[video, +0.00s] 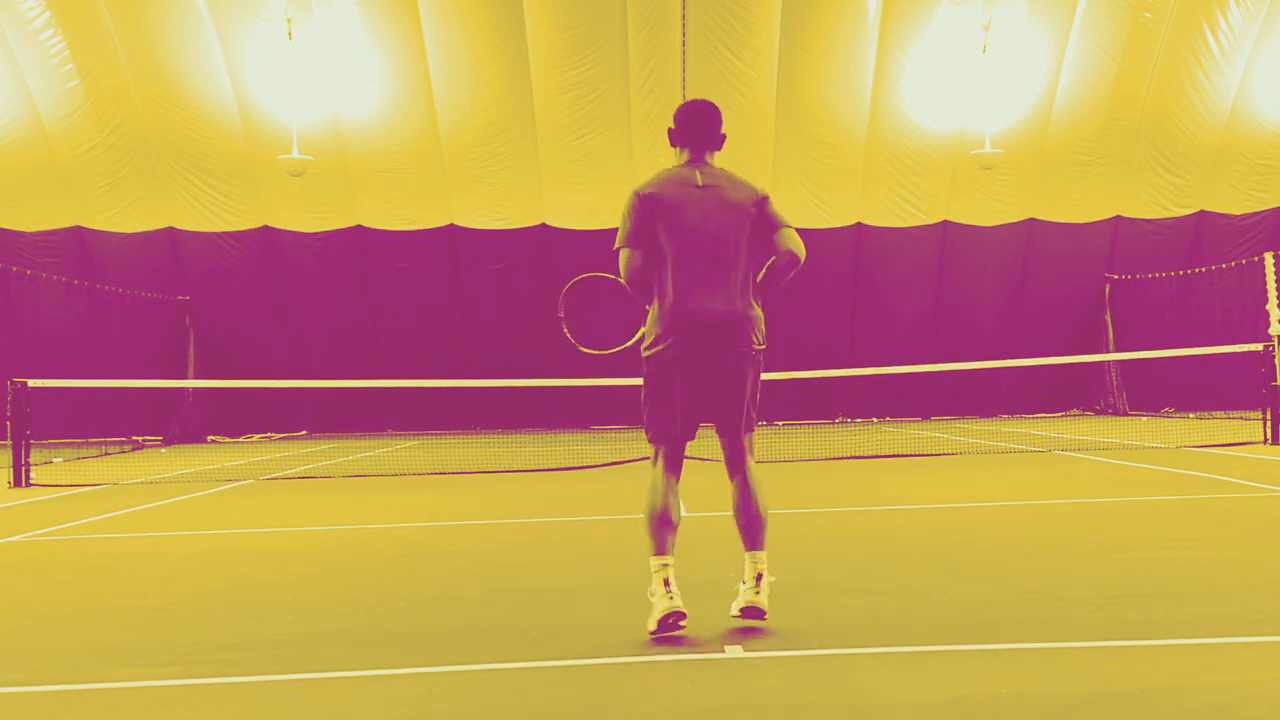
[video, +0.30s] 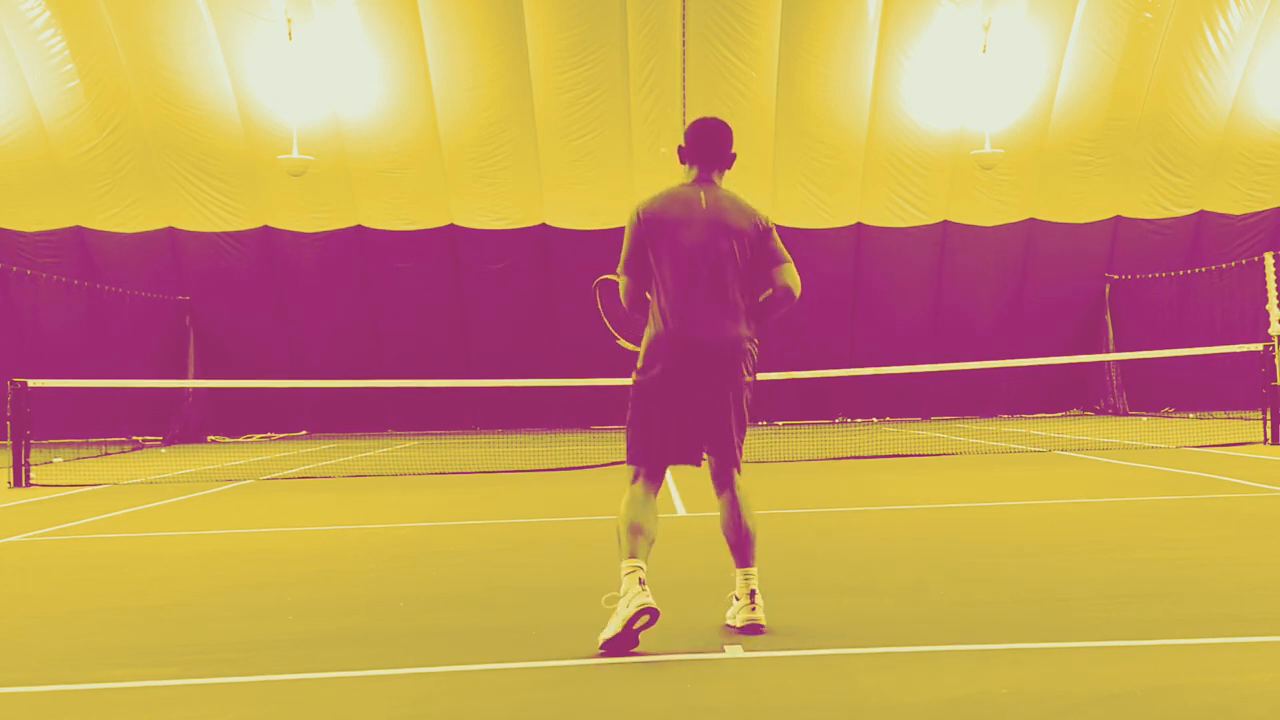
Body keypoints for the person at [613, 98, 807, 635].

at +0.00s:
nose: (692, 149)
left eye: (681, 137)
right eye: (711, 140)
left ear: (673, 140)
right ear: (721, 142)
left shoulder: (647, 196)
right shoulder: (750, 195)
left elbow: (632, 275)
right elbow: (793, 252)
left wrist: (661, 295)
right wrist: (755, 291)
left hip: (673, 340)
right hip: (736, 338)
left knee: (666, 464)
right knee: (741, 461)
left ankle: (664, 590)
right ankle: (756, 583)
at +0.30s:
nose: (718, 168)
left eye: (697, 157)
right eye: (726, 158)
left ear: (682, 158)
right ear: (731, 161)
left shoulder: (648, 213)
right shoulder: (750, 218)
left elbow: (629, 297)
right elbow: (789, 288)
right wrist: (746, 321)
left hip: (665, 358)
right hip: (727, 358)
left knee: (645, 478)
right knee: (728, 480)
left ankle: (633, 587)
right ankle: (748, 598)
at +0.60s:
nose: (676, 180)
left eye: (659, 169)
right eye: (685, 170)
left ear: (642, 173)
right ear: (692, 174)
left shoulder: (609, 232)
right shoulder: (719, 236)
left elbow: (600, 324)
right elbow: (743, 320)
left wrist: (636, 357)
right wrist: (696, 343)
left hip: (630, 378)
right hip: (700, 376)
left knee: (619, 497)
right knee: (709, 491)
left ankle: (576, 575)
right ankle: (733, 603)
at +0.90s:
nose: (626, 165)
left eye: (621, 155)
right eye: (627, 156)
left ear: (575, 158)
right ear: (625, 158)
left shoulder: (541, 213)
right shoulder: (628, 214)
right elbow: (657, 309)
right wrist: (653, 345)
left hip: (526, 368)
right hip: (589, 363)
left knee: (582, 504)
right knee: (647, 488)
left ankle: (543, 637)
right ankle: (630, 620)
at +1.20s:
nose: (591, 148)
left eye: (588, 138)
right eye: (590, 138)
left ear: (537, 134)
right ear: (587, 137)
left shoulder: (509, 178)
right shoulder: (564, 182)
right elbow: (639, 220)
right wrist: (697, 193)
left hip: (428, 350)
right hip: (488, 357)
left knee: (455, 501)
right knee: (531, 510)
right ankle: (486, 662)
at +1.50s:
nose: (543, 213)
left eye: (543, 202)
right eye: (542, 202)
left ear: (481, 199)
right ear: (532, 205)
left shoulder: (445, 241)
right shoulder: (487, 241)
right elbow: (453, 285)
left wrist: (532, 271)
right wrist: (522, 262)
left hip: (337, 389)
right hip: (403, 389)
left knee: (329, 566)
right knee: (503, 535)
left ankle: (197, 670)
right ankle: (474, 678)